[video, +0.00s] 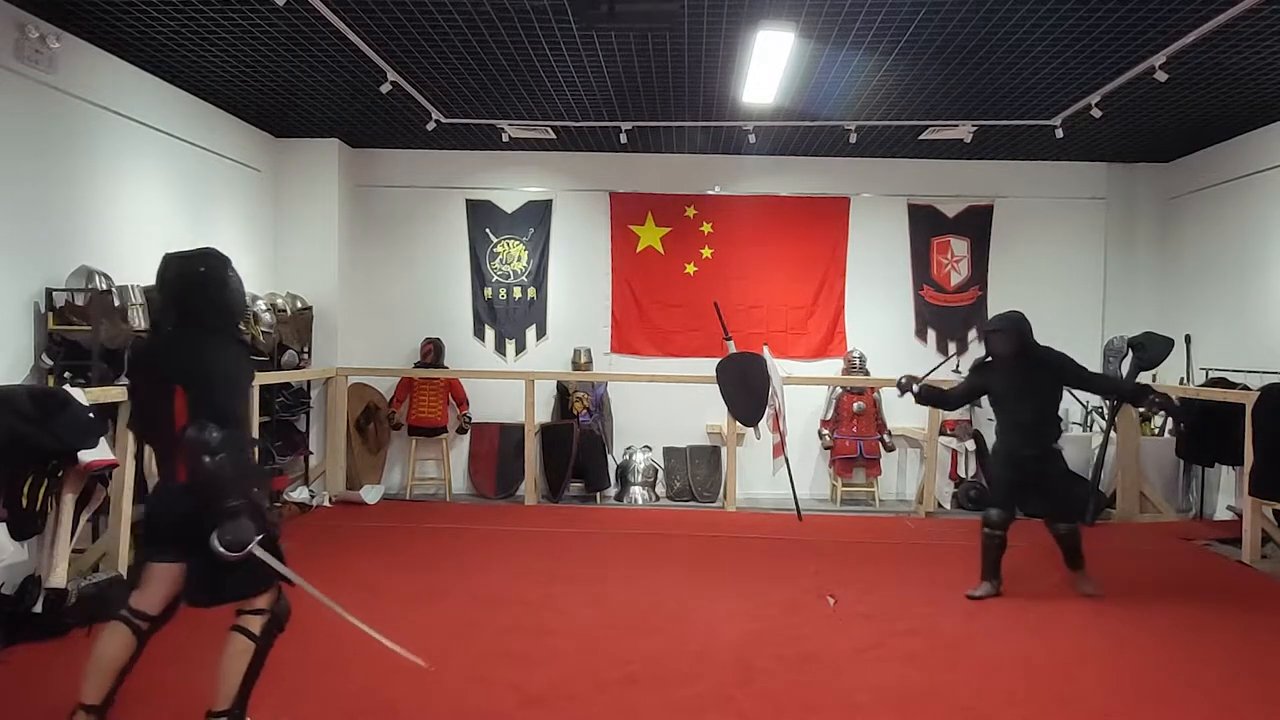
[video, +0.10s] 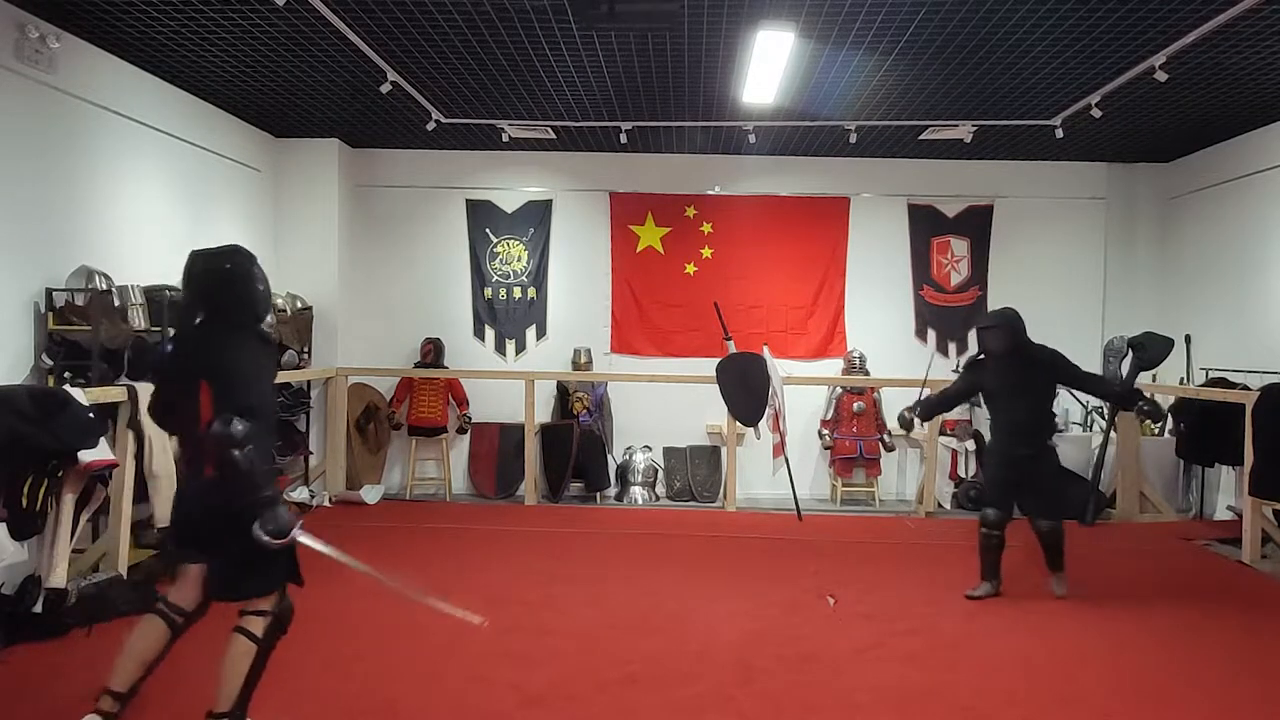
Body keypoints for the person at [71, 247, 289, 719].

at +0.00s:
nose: (240, 292)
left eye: (234, 282)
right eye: (233, 283)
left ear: (167, 295)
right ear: (220, 294)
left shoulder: (147, 350)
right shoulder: (224, 352)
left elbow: (144, 426)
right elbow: (223, 438)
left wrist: (183, 464)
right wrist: (236, 507)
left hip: (170, 495)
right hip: (222, 497)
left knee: (144, 606)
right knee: (263, 601)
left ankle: (86, 711)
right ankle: (224, 712)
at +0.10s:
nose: (264, 289)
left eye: (260, 279)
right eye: (258, 281)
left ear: (201, 291)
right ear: (247, 288)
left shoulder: (188, 340)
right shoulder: (248, 345)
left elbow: (165, 412)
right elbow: (246, 430)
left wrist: (211, 438)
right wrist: (268, 501)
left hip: (195, 489)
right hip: (245, 495)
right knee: (264, 604)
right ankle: (225, 713)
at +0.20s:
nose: (292, 291)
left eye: (287, 281)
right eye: (286, 282)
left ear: (223, 289)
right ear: (273, 289)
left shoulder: (203, 341)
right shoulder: (274, 348)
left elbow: (174, 413)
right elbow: (269, 431)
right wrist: (319, 491)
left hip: (211, 486)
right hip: (260, 491)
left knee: (225, 596)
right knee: (261, 609)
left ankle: (154, 695)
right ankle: (226, 713)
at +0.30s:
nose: (317, 291)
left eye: (312, 281)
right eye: (311, 282)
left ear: (256, 290)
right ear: (301, 290)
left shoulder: (233, 335)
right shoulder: (295, 346)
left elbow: (198, 372)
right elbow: (301, 422)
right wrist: (365, 469)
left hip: (235, 482)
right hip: (276, 488)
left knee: (273, 598)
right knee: (262, 608)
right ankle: (227, 707)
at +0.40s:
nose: (341, 299)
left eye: (337, 290)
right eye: (336, 290)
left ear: (276, 295)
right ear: (326, 297)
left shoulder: (255, 341)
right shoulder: (319, 351)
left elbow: (220, 385)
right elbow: (341, 424)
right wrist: (417, 459)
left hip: (255, 487)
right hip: (296, 492)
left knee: (312, 589)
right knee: (283, 607)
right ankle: (228, 710)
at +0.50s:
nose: (361, 308)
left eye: (358, 298)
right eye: (356, 298)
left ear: (301, 301)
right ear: (340, 304)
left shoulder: (281, 346)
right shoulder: (335, 355)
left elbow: (240, 382)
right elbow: (362, 428)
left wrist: (273, 418)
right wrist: (444, 443)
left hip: (286, 487)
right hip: (319, 492)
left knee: (332, 591)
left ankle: (322, 689)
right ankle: (263, 688)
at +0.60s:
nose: (380, 319)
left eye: (378, 310)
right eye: (375, 310)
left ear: (321, 313)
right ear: (362, 314)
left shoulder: (300, 359)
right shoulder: (358, 366)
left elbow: (264, 395)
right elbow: (388, 435)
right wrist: (471, 440)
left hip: (300, 501)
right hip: (342, 504)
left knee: (337, 597)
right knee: (413, 575)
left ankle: (322, 690)